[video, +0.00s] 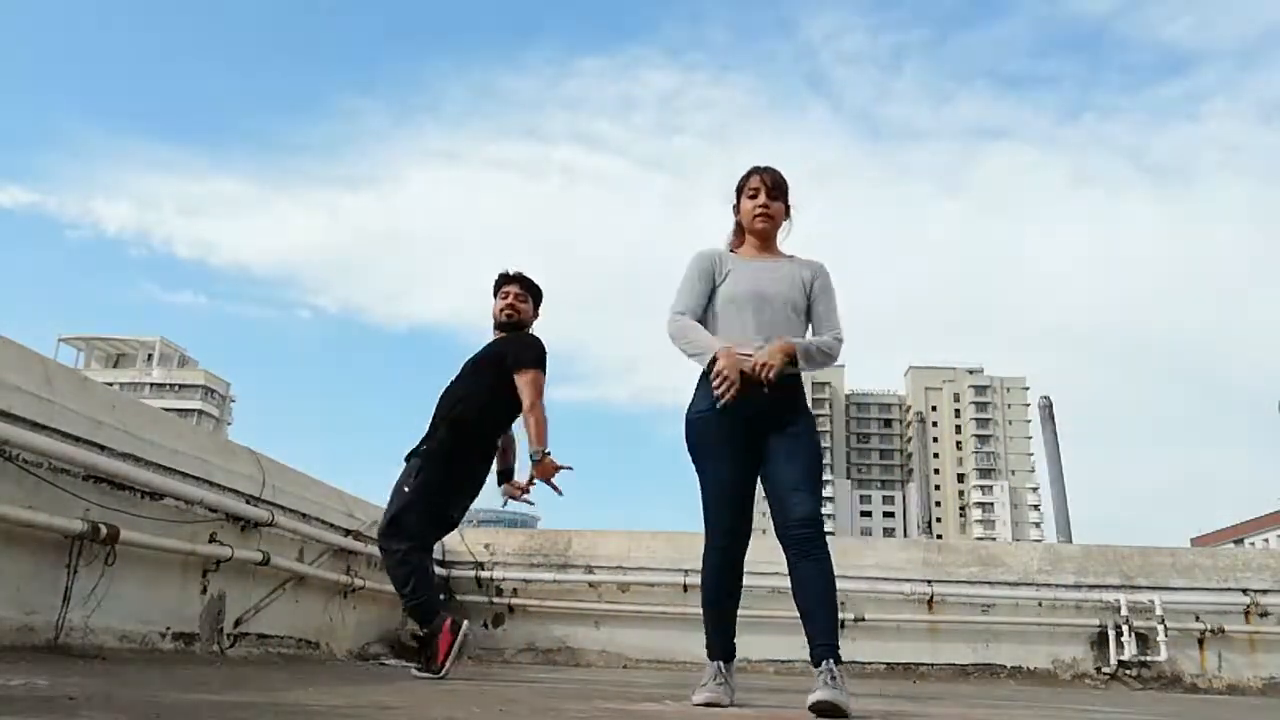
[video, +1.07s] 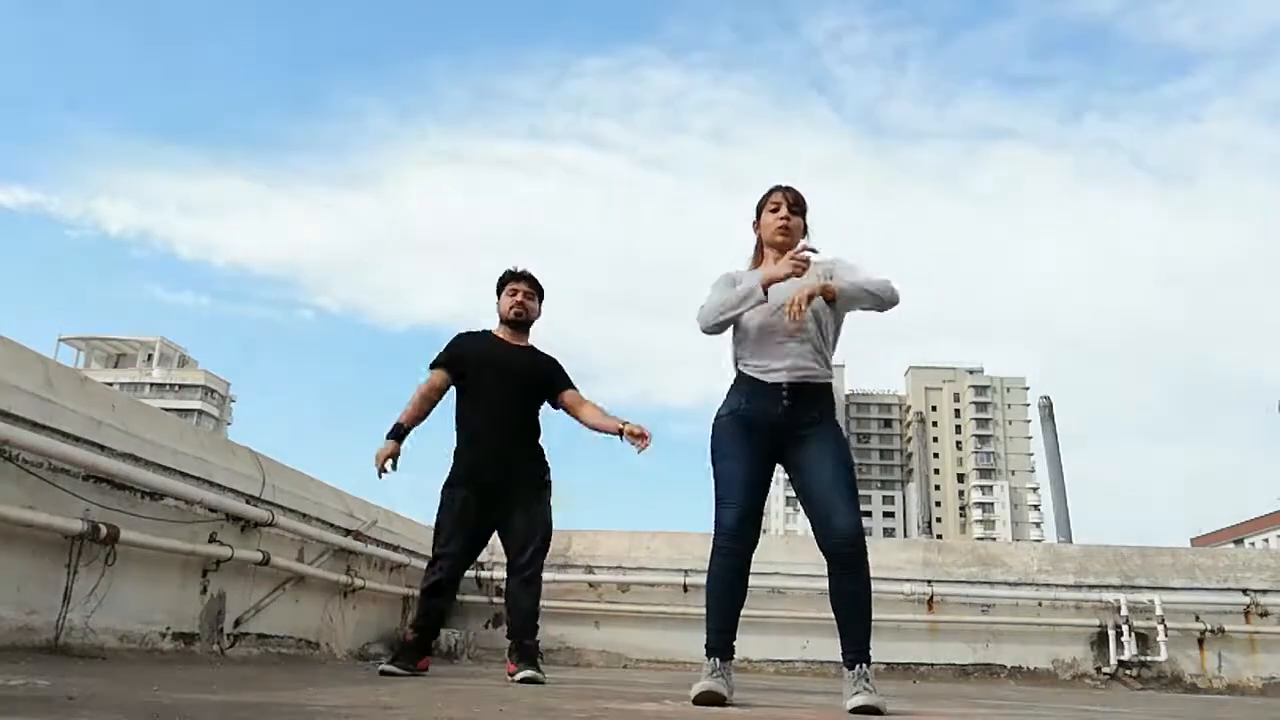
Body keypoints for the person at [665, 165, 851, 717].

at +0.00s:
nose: (762, 201)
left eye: (773, 194)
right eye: (752, 193)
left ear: (787, 210)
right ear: (737, 207)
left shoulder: (811, 272)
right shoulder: (709, 262)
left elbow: (831, 346)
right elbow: (679, 324)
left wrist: (790, 347)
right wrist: (721, 353)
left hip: (786, 410)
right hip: (720, 410)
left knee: (803, 529)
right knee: (725, 537)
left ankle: (828, 670)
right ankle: (718, 668)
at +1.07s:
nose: (784, 215)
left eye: (794, 209)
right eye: (775, 209)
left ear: (806, 229)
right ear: (756, 227)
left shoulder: (829, 270)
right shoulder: (738, 279)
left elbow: (887, 295)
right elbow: (708, 321)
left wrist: (825, 285)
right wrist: (767, 278)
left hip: (813, 417)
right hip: (746, 414)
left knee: (846, 538)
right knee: (734, 532)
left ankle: (858, 673)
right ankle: (717, 666)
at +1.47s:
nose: (785, 215)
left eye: (794, 210)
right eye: (774, 208)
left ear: (804, 230)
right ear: (755, 224)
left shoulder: (827, 282)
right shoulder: (728, 279)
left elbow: (843, 352)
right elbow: (681, 328)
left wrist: (889, 302)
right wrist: (710, 329)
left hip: (813, 418)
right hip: (745, 418)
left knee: (851, 534)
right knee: (731, 532)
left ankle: (859, 672)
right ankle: (717, 667)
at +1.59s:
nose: (785, 212)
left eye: (794, 207)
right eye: (775, 205)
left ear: (805, 224)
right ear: (756, 220)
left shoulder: (828, 280)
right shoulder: (730, 280)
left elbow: (853, 352)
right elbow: (715, 352)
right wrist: (688, 397)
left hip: (809, 413)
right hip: (740, 413)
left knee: (843, 534)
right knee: (729, 535)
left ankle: (858, 672)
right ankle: (717, 668)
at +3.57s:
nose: (781, 198)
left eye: (789, 193)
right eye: (769, 192)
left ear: (799, 212)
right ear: (749, 212)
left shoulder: (827, 270)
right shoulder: (725, 271)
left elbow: (864, 334)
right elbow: (688, 335)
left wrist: (889, 361)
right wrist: (692, 355)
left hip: (811, 408)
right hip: (744, 408)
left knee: (828, 535)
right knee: (738, 534)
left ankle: (854, 672)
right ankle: (719, 668)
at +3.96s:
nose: (773, 206)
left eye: (781, 202)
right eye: (762, 197)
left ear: (785, 221)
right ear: (738, 211)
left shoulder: (800, 274)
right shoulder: (705, 267)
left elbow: (828, 331)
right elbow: (678, 326)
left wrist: (839, 365)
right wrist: (732, 351)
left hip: (785, 411)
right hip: (721, 411)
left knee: (833, 506)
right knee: (719, 534)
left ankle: (832, 642)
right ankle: (704, 666)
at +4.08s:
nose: (775, 205)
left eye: (782, 201)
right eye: (765, 195)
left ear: (785, 217)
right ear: (738, 205)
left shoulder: (794, 279)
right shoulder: (702, 260)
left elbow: (812, 356)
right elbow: (647, 328)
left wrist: (874, 375)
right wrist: (647, 315)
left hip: (780, 403)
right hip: (720, 403)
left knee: (847, 447)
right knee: (717, 534)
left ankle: (776, 536)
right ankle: (703, 664)